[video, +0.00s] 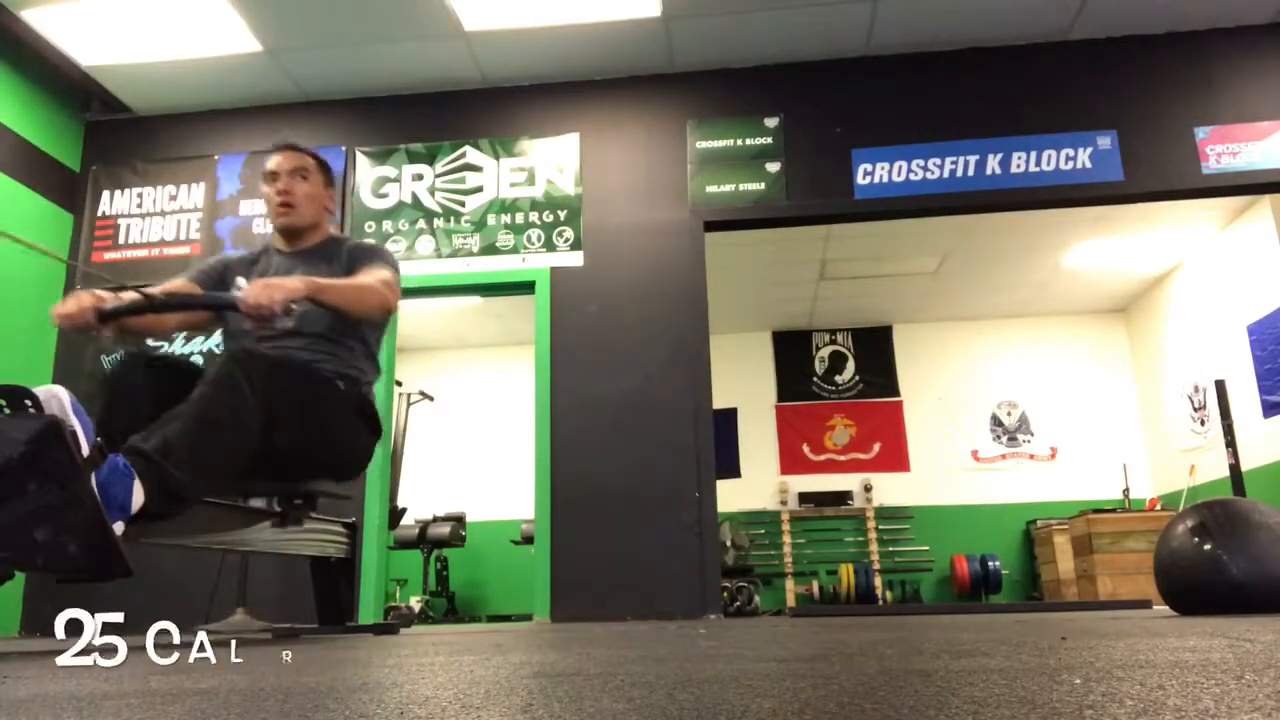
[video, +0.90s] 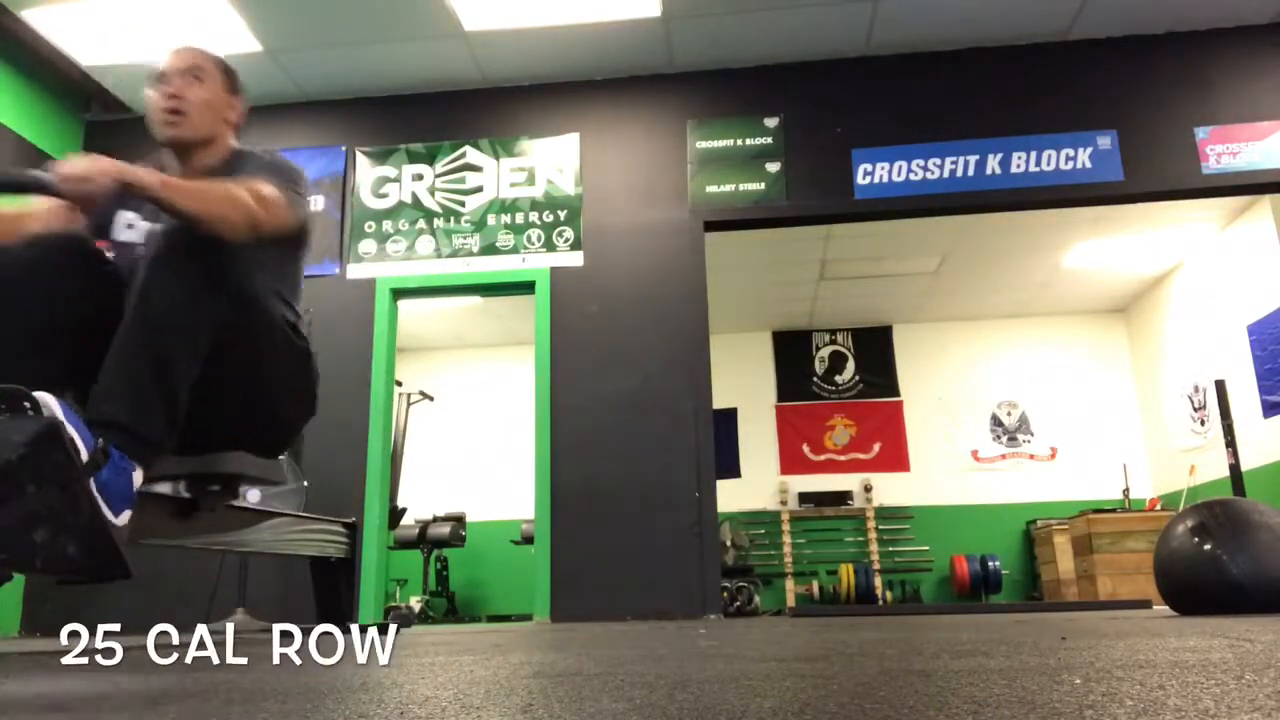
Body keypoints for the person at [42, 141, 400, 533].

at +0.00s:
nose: (282, 187)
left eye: (300, 177)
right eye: (273, 179)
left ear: (330, 200)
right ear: (263, 196)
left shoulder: (362, 257)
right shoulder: (242, 268)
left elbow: (381, 299)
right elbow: (168, 309)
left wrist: (301, 286)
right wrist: (106, 307)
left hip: (335, 420)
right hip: (242, 413)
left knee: (243, 371)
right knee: (139, 370)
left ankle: (128, 488)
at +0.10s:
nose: (260, 171)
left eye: (278, 160)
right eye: (250, 162)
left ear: (309, 184)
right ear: (239, 181)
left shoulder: (341, 242)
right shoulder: (218, 253)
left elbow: (365, 287)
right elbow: (141, 291)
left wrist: (280, 275)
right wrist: (74, 296)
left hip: (322, 421)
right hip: (226, 420)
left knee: (241, 339)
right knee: (119, 338)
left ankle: (122, 488)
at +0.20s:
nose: (229, 152)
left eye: (249, 140)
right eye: (219, 142)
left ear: (285, 164)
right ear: (209, 162)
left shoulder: (316, 224)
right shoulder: (192, 238)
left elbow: (342, 272)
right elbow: (105, 272)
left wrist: (243, 264)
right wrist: (30, 283)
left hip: (301, 418)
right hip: (199, 419)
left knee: (233, 314)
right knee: (106, 312)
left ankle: (123, 478)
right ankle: (23, 450)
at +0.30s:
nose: (196, 130)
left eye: (216, 116)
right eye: (183, 119)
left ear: (252, 137)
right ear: (172, 139)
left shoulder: (294, 204)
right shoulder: (161, 220)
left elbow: (315, 253)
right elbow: (62, 254)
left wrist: (200, 251)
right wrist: (15, 262)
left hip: (282, 413)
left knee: (220, 284)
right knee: (73, 284)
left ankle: (124, 466)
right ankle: (16, 442)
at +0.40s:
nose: (157, 107)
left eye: (180, 92)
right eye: (144, 96)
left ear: (223, 117)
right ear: (133, 117)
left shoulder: (266, 180)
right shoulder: (113, 197)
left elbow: (281, 233)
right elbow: (12, 233)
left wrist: (159, 227)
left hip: (261, 407)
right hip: (144, 404)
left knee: (208, 256)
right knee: (30, 265)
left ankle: (124, 458)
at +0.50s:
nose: (123, 85)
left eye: (146, 70)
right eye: (108, 74)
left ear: (194, 97)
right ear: (96, 100)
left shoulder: (239, 164)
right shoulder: (71, 180)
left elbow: (244, 212)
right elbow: (8, 204)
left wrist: (92, 204)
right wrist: (30, 227)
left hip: (242, 399)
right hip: (114, 388)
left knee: (190, 237)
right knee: (17, 244)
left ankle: (125, 451)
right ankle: (16, 437)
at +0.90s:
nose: (170, 90)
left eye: (194, 79)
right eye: (160, 81)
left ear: (234, 110)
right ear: (147, 108)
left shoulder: (273, 175)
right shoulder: (121, 187)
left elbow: (245, 216)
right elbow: (26, 221)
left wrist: (129, 176)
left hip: (254, 393)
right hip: (137, 388)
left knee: (189, 248)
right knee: (53, 256)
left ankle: (120, 458)